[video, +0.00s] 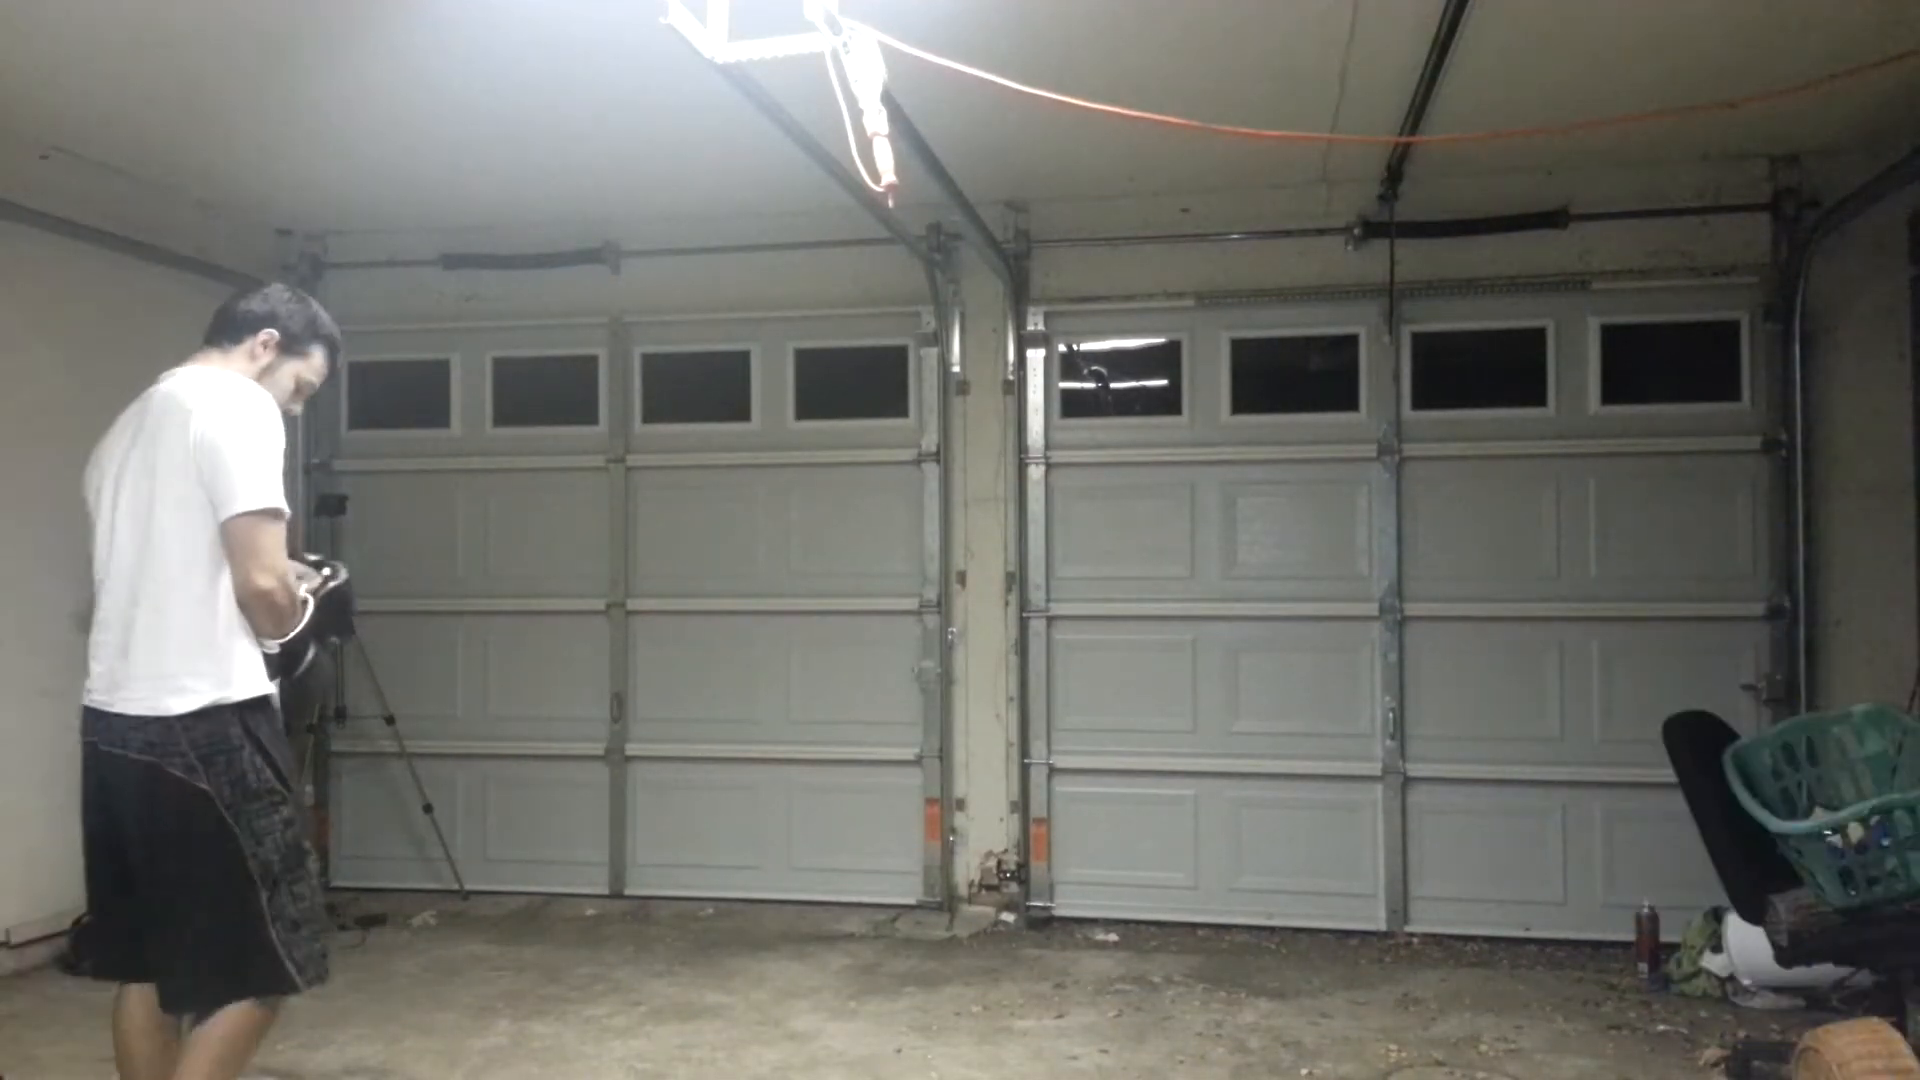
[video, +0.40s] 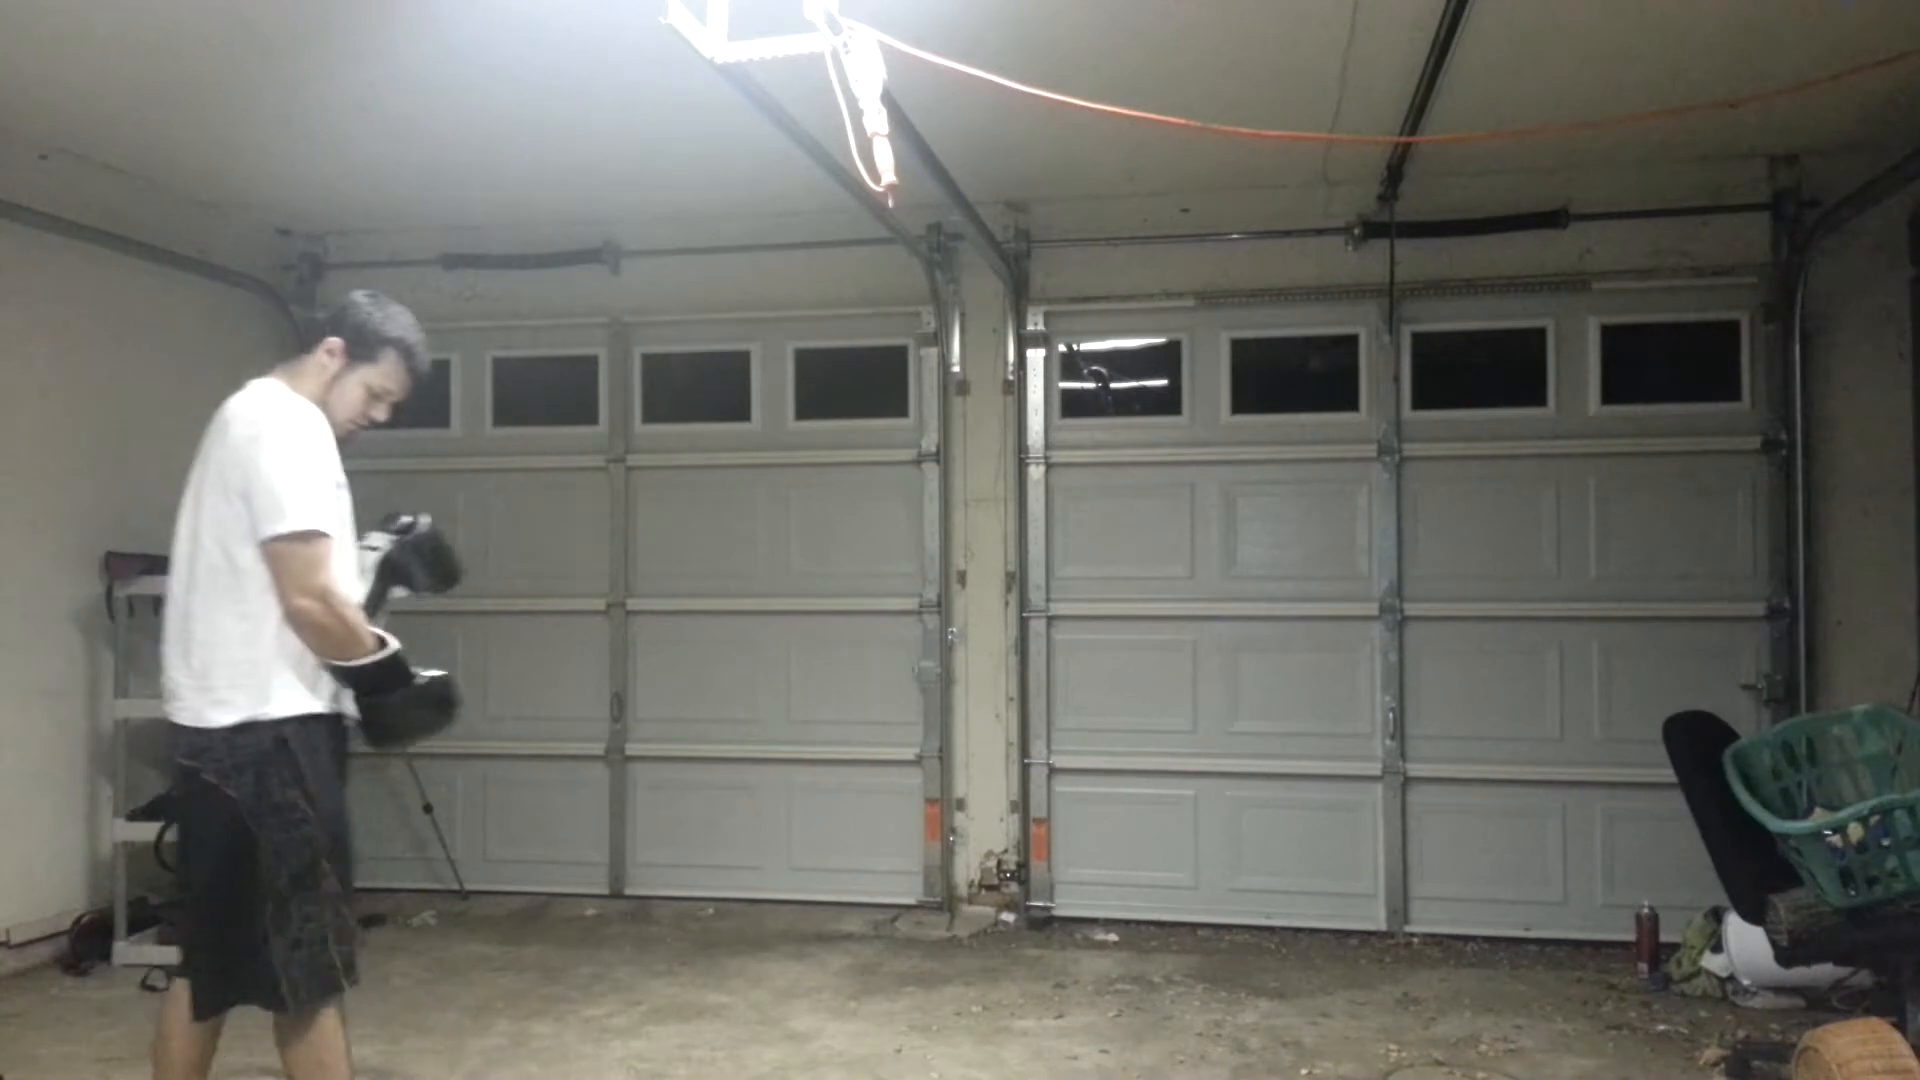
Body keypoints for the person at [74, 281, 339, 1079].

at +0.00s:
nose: (294, 408)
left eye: (306, 394)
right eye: (300, 387)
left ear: (232, 342)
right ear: (265, 344)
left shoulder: (120, 430)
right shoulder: (236, 403)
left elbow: (128, 574)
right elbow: (264, 584)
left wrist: (272, 578)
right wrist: (291, 624)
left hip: (115, 726)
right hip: (204, 728)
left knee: (143, 965)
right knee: (269, 965)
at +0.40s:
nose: (375, 419)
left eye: (387, 408)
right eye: (376, 398)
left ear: (325, 360)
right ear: (332, 353)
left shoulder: (248, 414)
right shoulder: (287, 423)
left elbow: (271, 584)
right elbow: (312, 601)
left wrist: (372, 563)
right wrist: (381, 669)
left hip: (218, 731)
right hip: (270, 736)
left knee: (206, 971)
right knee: (309, 979)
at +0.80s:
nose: (482, 421)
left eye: (496, 409)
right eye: (482, 398)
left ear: (437, 361)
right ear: (437, 353)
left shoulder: (382, 419)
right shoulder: (373, 421)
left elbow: (380, 585)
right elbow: (404, 599)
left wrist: (459, 573)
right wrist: (521, 658)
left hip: (360, 736)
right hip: (345, 741)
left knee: (349, 995)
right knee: (353, 1002)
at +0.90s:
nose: (504, 424)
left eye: (517, 411)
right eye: (506, 401)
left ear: (459, 361)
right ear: (460, 357)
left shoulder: (418, 424)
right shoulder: (390, 419)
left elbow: (397, 574)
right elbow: (418, 598)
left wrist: (483, 561)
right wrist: (525, 652)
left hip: (408, 733)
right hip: (358, 739)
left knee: (435, 958)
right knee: (365, 990)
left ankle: (410, 1069)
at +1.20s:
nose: (561, 423)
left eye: (574, 411)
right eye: (558, 400)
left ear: (518, 369)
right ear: (512, 357)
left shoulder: (509, 451)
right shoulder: (440, 415)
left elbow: (522, 573)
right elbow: (481, 585)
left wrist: (593, 570)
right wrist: (562, 637)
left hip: (507, 727)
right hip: (424, 730)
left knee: (539, 954)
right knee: (411, 985)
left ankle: (553, 1074)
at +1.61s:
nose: (628, 401)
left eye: (641, 387)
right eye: (620, 378)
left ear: (648, 379)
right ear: (573, 342)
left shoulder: (628, 438)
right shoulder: (495, 407)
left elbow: (670, 550)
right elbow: (521, 550)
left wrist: (652, 596)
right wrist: (606, 612)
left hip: (597, 709)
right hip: (500, 705)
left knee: (579, 943)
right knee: (507, 942)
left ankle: (562, 1077)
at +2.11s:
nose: (581, 331)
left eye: (595, 311)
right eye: (560, 312)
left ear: (613, 314)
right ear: (514, 316)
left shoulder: (641, 425)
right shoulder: (458, 435)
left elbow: (692, 551)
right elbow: (418, 604)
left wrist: (718, 606)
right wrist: (544, 670)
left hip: (636, 737)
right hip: (512, 749)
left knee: (647, 957)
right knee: (527, 994)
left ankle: (592, 1078)